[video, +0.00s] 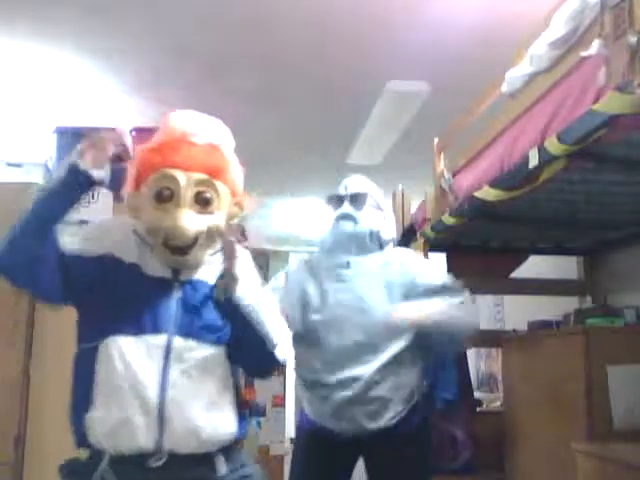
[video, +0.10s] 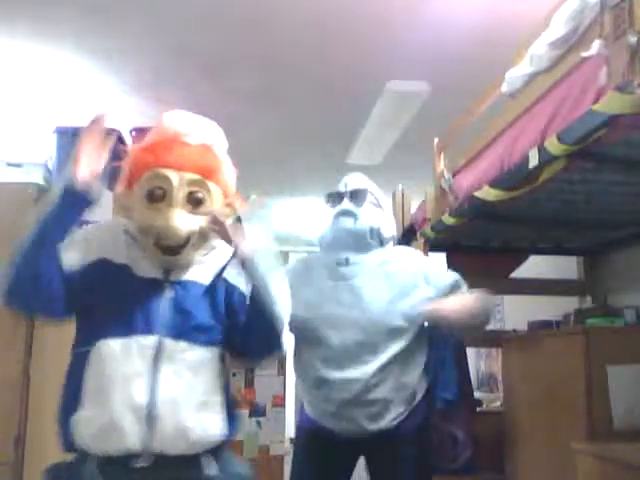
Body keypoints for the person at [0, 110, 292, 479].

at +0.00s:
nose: (181, 218)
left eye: (203, 199)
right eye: (164, 195)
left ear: (229, 211)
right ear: (134, 201)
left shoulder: (226, 280)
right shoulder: (103, 269)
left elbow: (266, 362)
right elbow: (19, 261)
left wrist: (234, 285)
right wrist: (80, 174)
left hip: (211, 465)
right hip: (117, 466)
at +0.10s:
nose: (173, 214)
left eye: (195, 198)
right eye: (157, 193)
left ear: (220, 208)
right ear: (129, 196)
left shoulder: (221, 270)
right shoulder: (98, 253)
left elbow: (260, 344)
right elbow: (24, 293)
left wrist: (252, 259)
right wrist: (76, 194)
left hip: (195, 464)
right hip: (102, 463)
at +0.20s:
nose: (166, 219)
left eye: (188, 198)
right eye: (149, 193)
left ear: (213, 211)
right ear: (119, 196)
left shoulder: (211, 271)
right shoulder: (94, 261)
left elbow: (257, 333)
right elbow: (35, 332)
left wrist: (265, 240)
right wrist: (74, 236)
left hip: (177, 460)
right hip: (91, 460)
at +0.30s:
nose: (154, 216)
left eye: (177, 196)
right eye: (137, 190)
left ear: (196, 208)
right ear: (105, 194)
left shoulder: (190, 265)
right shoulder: (71, 256)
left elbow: (233, 296)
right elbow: (31, 366)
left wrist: (252, 211)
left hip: (159, 460)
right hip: (73, 459)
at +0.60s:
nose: (137, 210)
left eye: (160, 186)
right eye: (119, 180)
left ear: (184, 200)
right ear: (87, 185)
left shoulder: (178, 259)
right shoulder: (59, 247)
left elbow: (216, 305)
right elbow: (21, 360)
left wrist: (226, 219)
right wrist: (69, 283)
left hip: (154, 456)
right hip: (55, 454)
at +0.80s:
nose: (136, 184)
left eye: (157, 162)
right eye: (116, 158)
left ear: (187, 175)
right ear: (86, 165)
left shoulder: (192, 236)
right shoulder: (62, 226)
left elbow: (239, 286)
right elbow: (9, 282)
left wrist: (225, 192)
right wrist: (35, 203)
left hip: (162, 444)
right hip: (60, 437)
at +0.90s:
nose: (136, 176)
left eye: (159, 156)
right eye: (118, 151)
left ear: (193, 170)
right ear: (88, 157)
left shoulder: (198, 233)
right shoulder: (57, 219)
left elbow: (261, 264)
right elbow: (4, 235)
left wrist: (233, 173)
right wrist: (34, 170)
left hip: (164, 439)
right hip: (58, 435)